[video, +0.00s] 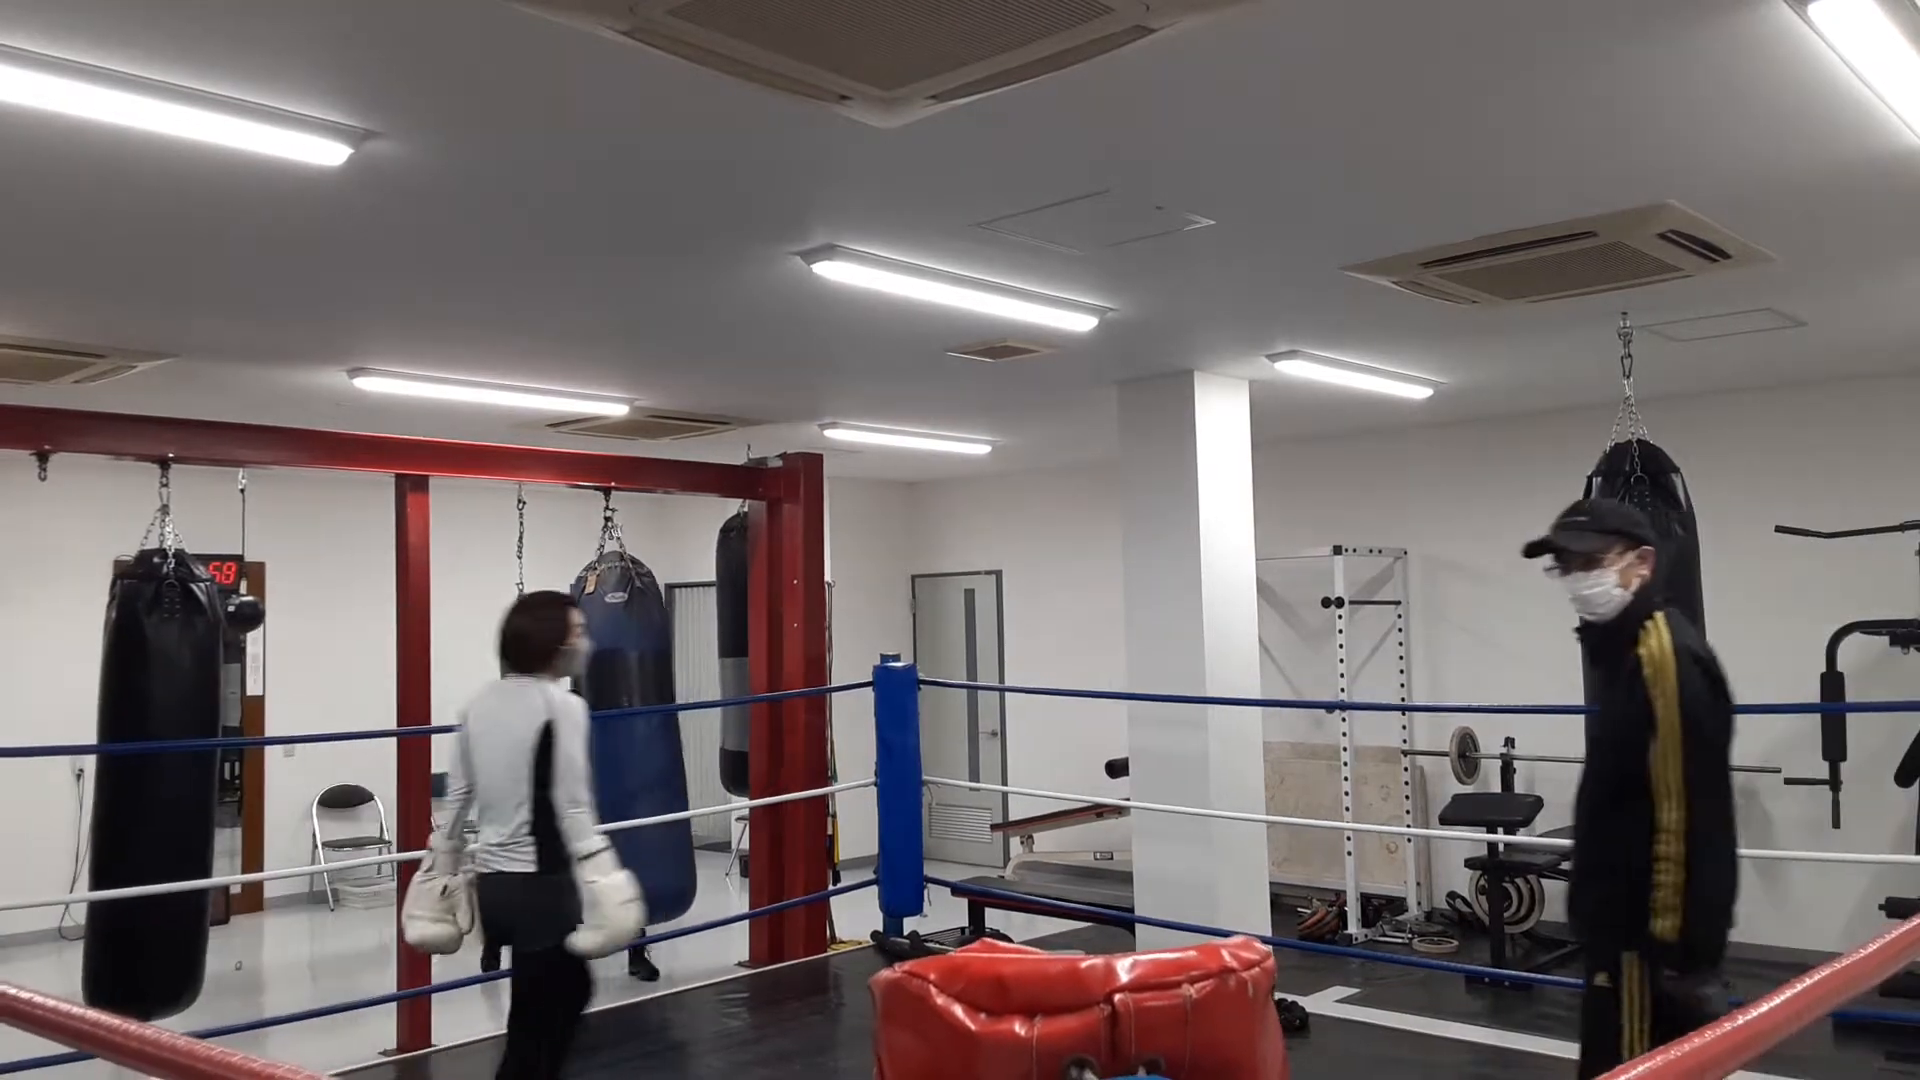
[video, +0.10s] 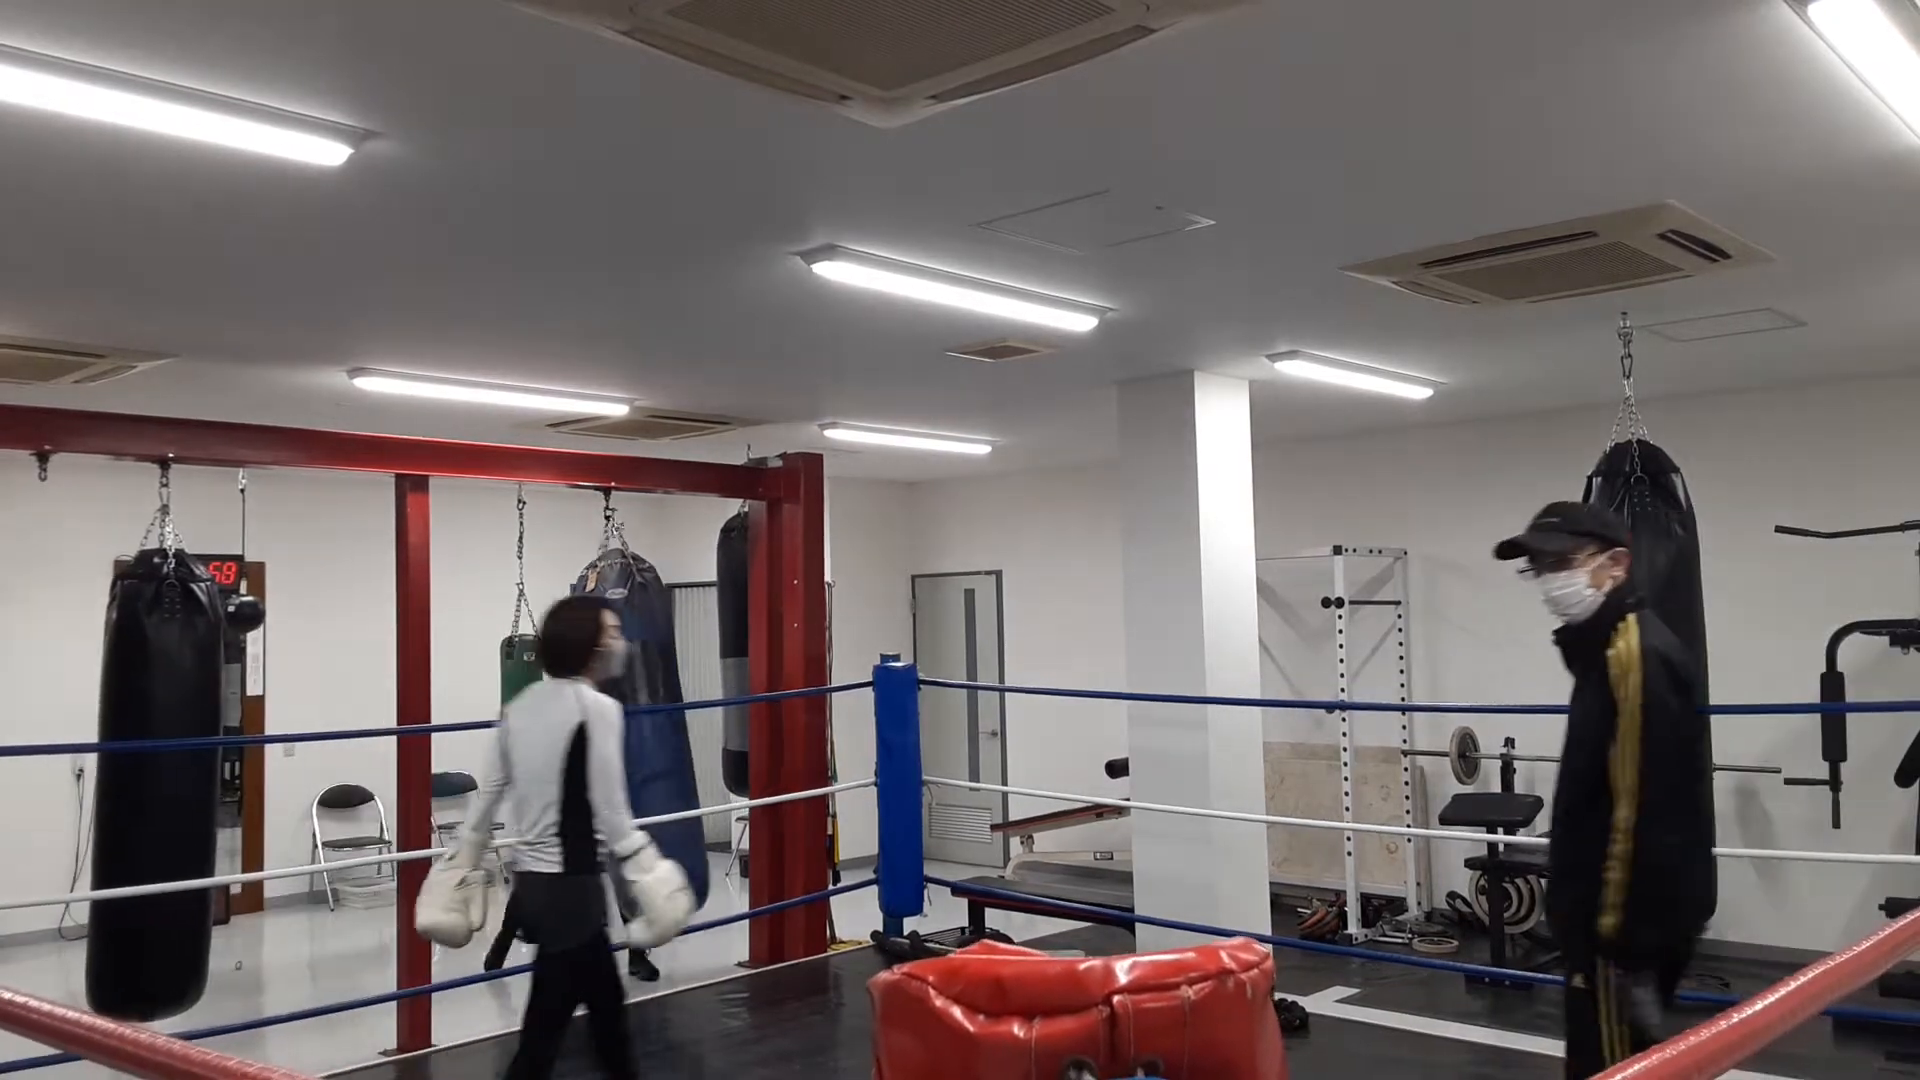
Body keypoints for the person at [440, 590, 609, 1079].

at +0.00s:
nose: (585, 641)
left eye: (583, 630)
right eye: (577, 631)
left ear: (516, 640)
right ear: (555, 642)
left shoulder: (477, 706)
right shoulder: (564, 706)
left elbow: (458, 802)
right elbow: (573, 809)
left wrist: (439, 880)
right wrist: (612, 889)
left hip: (493, 888)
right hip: (544, 889)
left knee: (573, 988)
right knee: (538, 1015)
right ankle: (518, 1074)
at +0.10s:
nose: (621, 642)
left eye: (618, 632)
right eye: (613, 634)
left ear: (556, 644)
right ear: (589, 645)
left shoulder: (517, 707)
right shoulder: (599, 708)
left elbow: (491, 791)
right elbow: (609, 812)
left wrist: (463, 864)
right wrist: (655, 876)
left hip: (530, 887)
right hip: (575, 889)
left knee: (605, 998)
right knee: (546, 1024)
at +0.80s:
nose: (866, 657)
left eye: (866, 646)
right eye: (856, 646)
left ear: (834, 655)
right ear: (828, 651)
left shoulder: (822, 705)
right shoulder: (789, 708)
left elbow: (853, 760)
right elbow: (757, 798)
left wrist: (911, 781)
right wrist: (763, 876)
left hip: (818, 875)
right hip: (799, 878)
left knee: (782, 998)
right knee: (854, 995)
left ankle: (726, 1072)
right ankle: (843, 1077)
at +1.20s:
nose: (989, 653)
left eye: (992, 644)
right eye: (982, 643)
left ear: (988, 647)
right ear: (954, 643)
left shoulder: (965, 695)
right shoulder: (915, 695)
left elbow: (959, 767)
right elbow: (889, 781)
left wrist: (1008, 776)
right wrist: (946, 807)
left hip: (948, 858)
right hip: (909, 860)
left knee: (999, 962)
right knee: (912, 979)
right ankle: (866, 1070)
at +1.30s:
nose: (1029, 665)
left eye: (1031, 655)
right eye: (1019, 655)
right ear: (989, 654)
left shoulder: (1013, 709)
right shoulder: (950, 706)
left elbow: (1016, 782)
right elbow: (924, 788)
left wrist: (1070, 793)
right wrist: (988, 793)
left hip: (993, 868)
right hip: (946, 871)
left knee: (1029, 964)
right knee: (935, 975)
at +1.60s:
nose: (1104, 654)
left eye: (1111, 646)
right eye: (1094, 642)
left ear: (1118, 650)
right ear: (1068, 641)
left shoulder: (1102, 703)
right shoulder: (1021, 688)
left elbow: (1109, 779)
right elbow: (992, 770)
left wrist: (1100, 758)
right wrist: (1027, 746)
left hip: (1051, 848)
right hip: (995, 844)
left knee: (1078, 962)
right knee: (962, 959)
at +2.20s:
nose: (1028, 658)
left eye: (1039, 651)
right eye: (1019, 648)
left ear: (1051, 661)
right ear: (999, 653)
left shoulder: (1062, 706)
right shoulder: (968, 710)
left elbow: (1088, 773)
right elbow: (960, 778)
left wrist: (1078, 813)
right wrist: (961, 819)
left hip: (1050, 850)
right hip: (990, 850)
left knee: (1063, 958)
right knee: (984, 956)